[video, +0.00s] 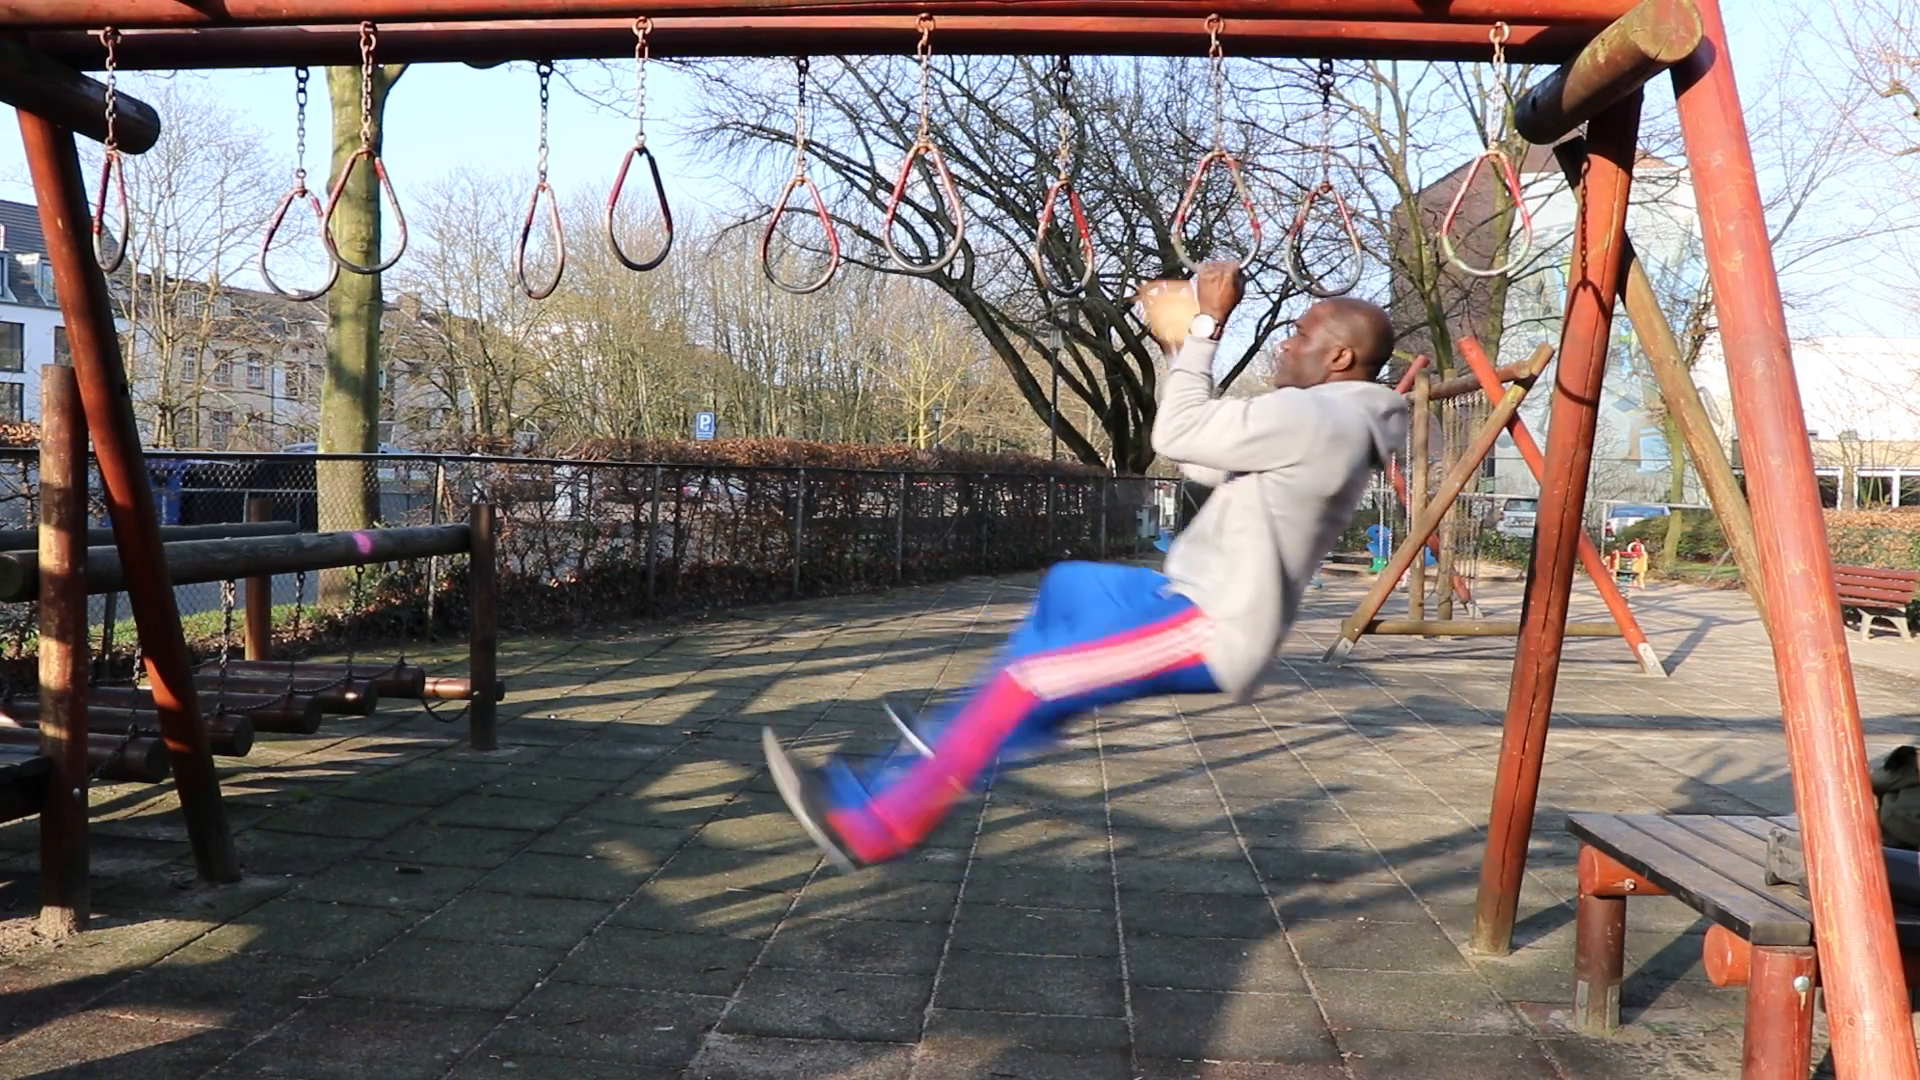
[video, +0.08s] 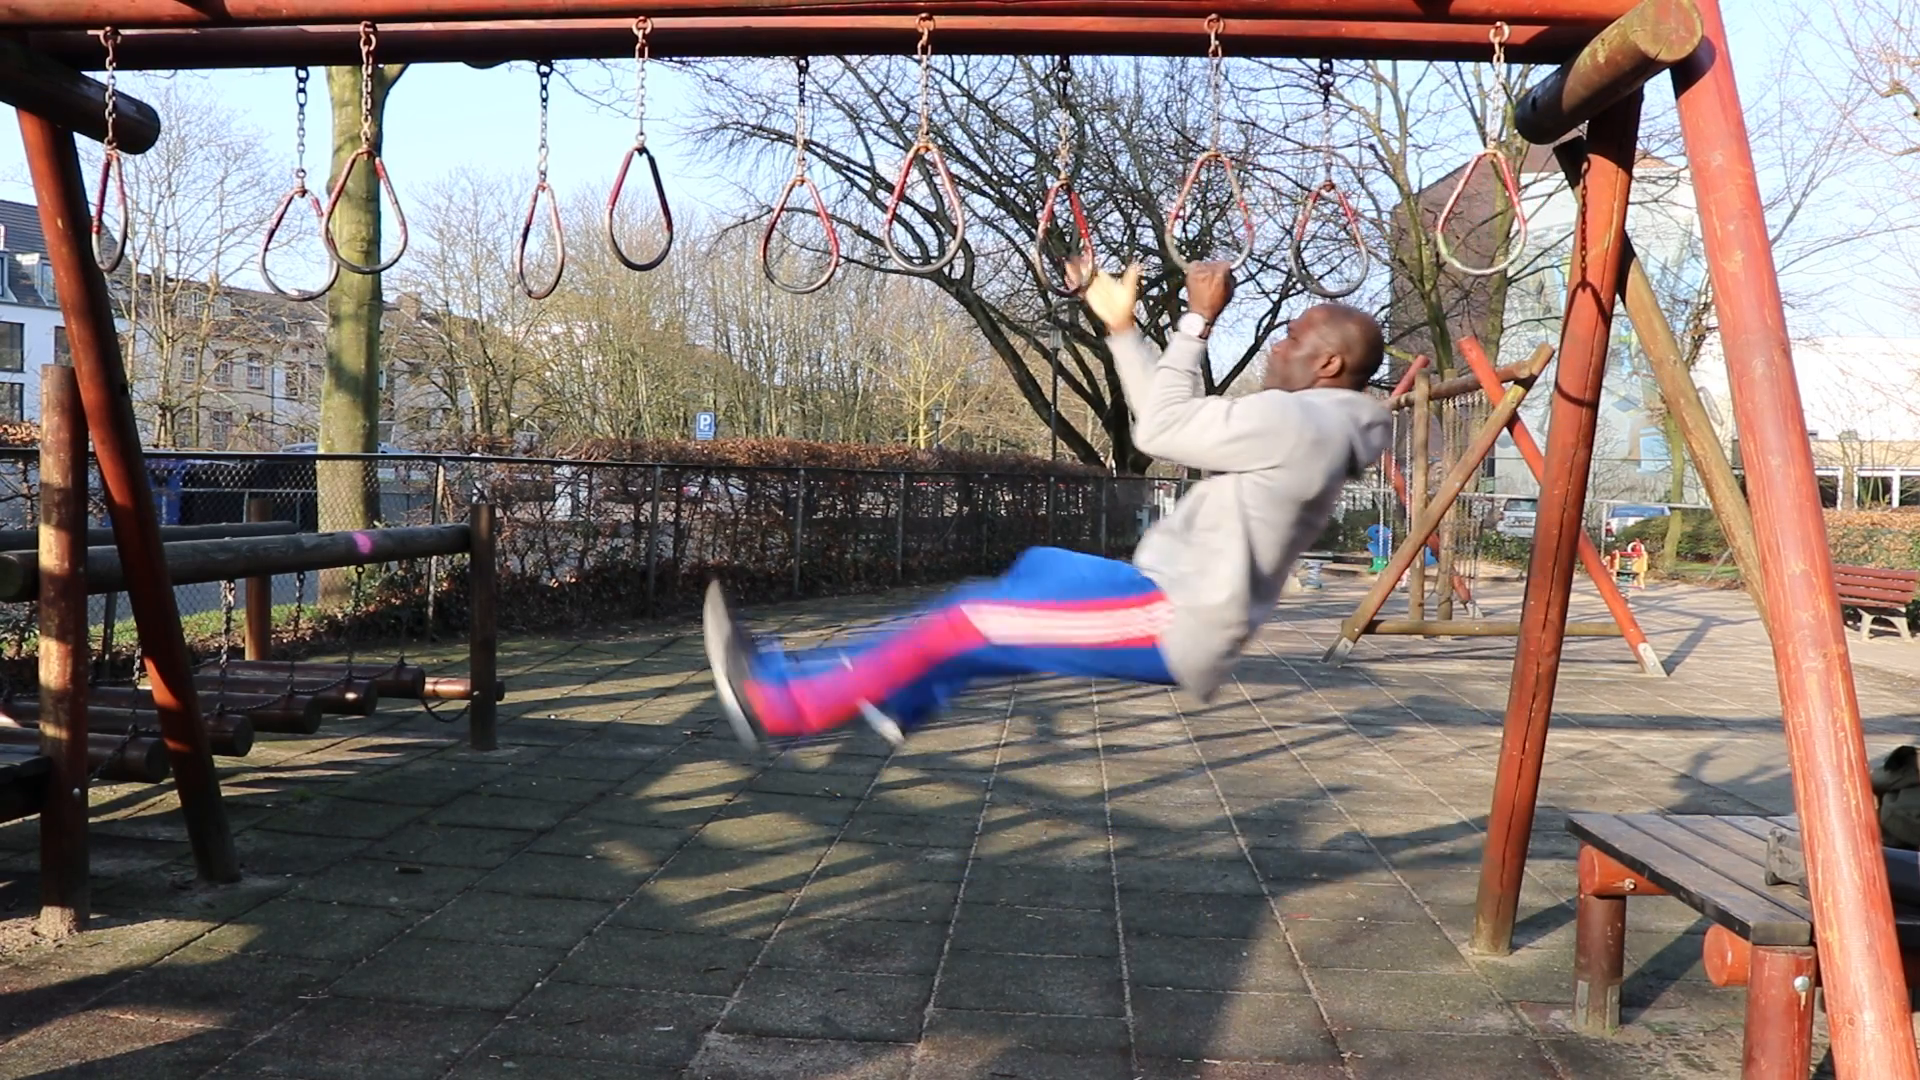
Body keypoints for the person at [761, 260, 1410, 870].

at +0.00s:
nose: (1285, 347)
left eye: (1300, 338)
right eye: (1294, 334)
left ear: (1333, 359)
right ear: (1351, 365)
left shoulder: (1319, 418)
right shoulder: (1326, 418)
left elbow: (1180, 434)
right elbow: (1201, 440)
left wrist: (1206, 326)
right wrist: (1190, 344)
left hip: (1218, 624)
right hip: (1207, 605)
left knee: (1029, 676)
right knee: (1068, 588)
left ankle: (878, 822)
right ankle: (948, 748)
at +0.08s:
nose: (1279, 341)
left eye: (1294, 335)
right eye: (1289, 331)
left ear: (1327, 365)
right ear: (1332, 367)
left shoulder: (1297, 423)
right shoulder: (1309, 422)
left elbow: (1161, 428)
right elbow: (1191, 421)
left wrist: (1123, 326)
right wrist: (1203, 322)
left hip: (1175, 620)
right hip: (1179, 598)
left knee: (972, 618)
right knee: (1036, 564)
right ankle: (903, 710)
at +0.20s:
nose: (1246, 360)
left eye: (1264, 350)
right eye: (1255, 349)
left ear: (1298, 372)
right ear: (1311, 382)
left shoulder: (1262, 427)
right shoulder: (1292, 439)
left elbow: (1127, 415)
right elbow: (1151, 421)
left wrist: (1173, 313)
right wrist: (1109, 319)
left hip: (1111, 612)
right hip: (1130, 620)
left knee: (918, 546)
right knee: (950, 588)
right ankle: (827, 673)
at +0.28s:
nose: (1234, 362)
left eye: (1252, 353)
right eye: (1245, 351)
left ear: (1279, 377)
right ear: (1295, 396)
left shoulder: (1236, 434)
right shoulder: (1267, 459)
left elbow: (1103, 413)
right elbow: (1132, 421)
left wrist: (1160, 313)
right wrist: (1098, 328)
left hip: (1075, 607)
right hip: (1096, 635)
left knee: (879, 515)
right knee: (918, 600)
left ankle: (690, 481)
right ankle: (784, 671)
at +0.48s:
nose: (1200, 375)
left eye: (1216, 370)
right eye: (1212, 369)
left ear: (1235, 391)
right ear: (1267, 428)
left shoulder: (1185, 428)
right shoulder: (1229, 482)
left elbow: (1060, 392)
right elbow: (1093, 410)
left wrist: (1118, 302)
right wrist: (1064, 298)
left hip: (994, 588)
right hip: (1012, 656)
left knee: (828, 478)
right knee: (868, 644)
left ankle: (656, 428)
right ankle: (714, 724)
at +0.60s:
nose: (1204, 365)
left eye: (1219, 364)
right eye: (1218, 360)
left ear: (1235, 386)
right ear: (1258, 414)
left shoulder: (1180, 418)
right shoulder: (1228, 473)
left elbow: (1052, 390)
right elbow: (1079, 397)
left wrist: (1118, 298)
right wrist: (1017, 294)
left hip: (993, 574)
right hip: (1011, 653)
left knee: (830, 473)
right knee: (850, 677)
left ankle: (657, 436)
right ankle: (691, 758)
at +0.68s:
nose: (1203, 361)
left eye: (1218, 357)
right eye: (1214, 354)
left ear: (1236, 377)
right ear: (1269, 417)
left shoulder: (1187, 409)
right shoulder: (1249, 465)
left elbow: (1057, 384)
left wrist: (1123, 295)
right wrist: (1004, 302)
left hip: (998, 567)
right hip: (1020, 649)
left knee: (851, 479)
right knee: (857, 699)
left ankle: (687, 450)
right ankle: (695, 781)